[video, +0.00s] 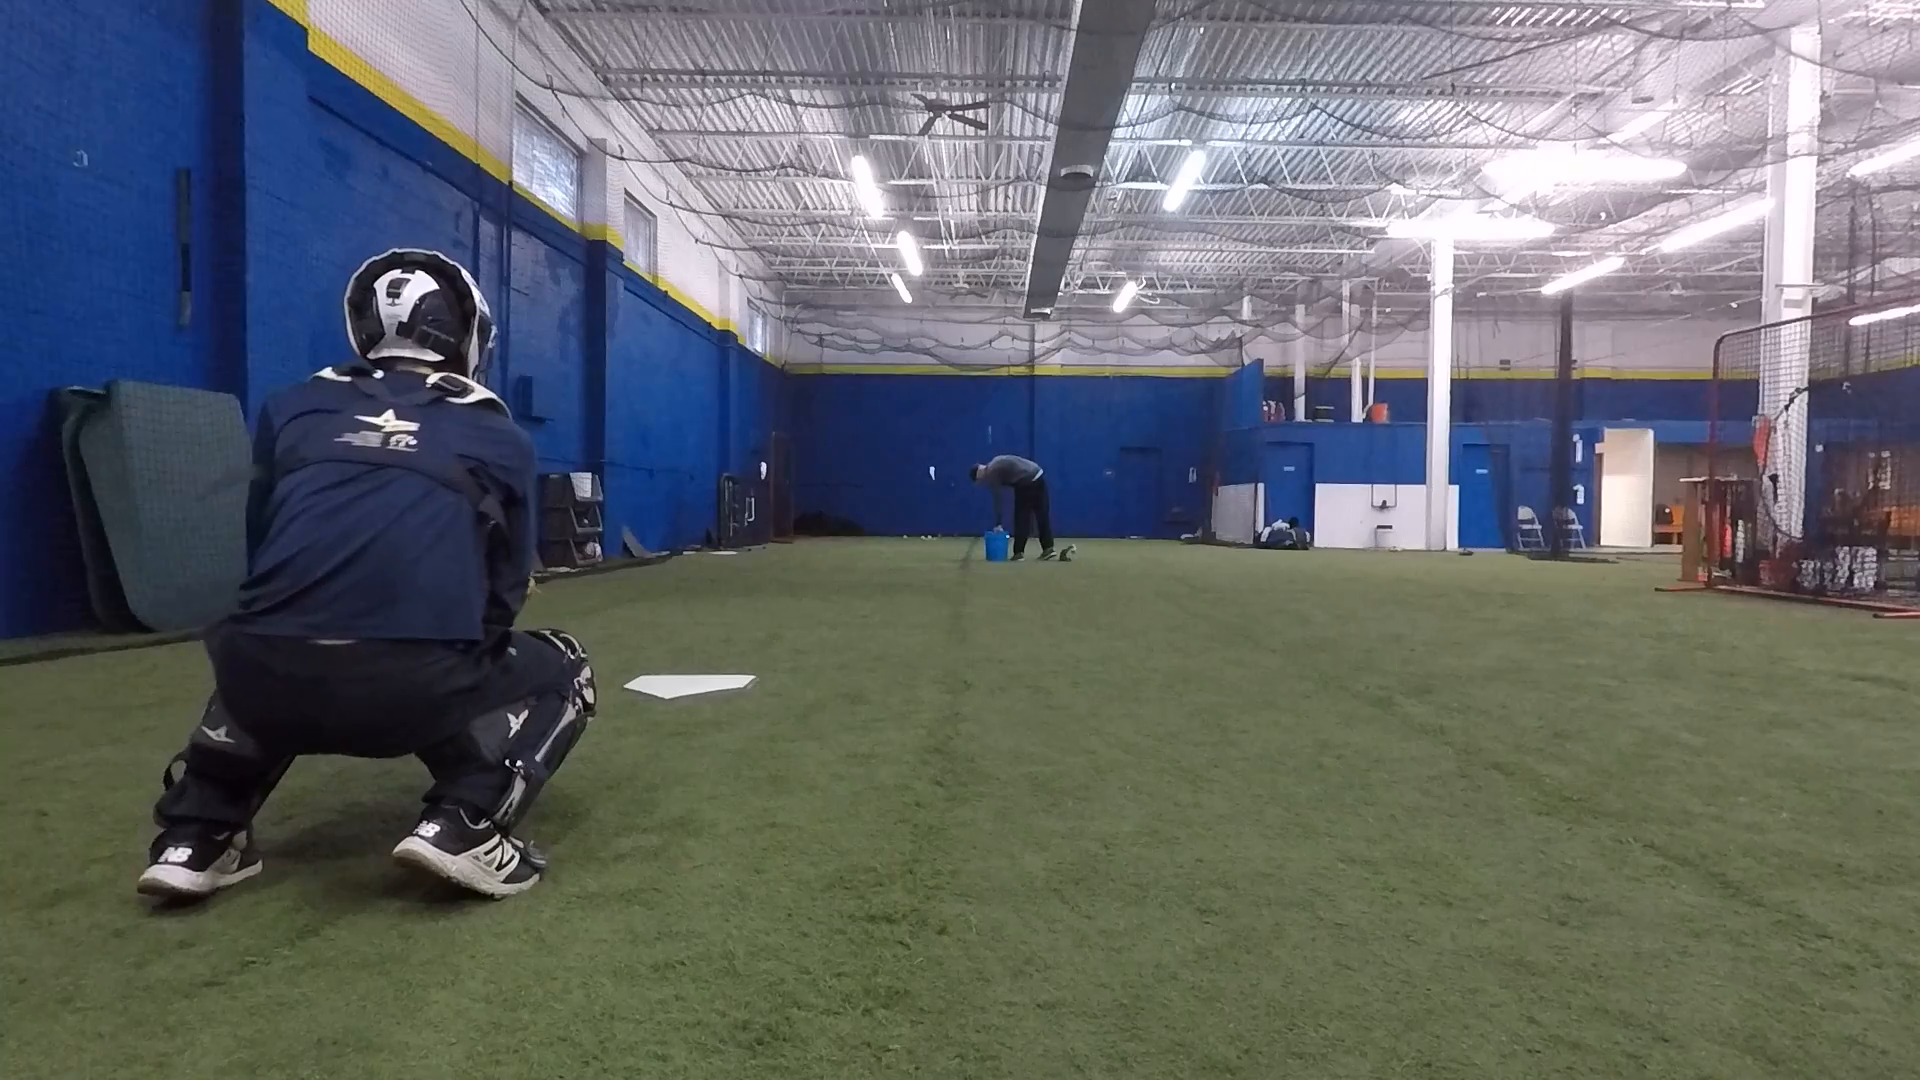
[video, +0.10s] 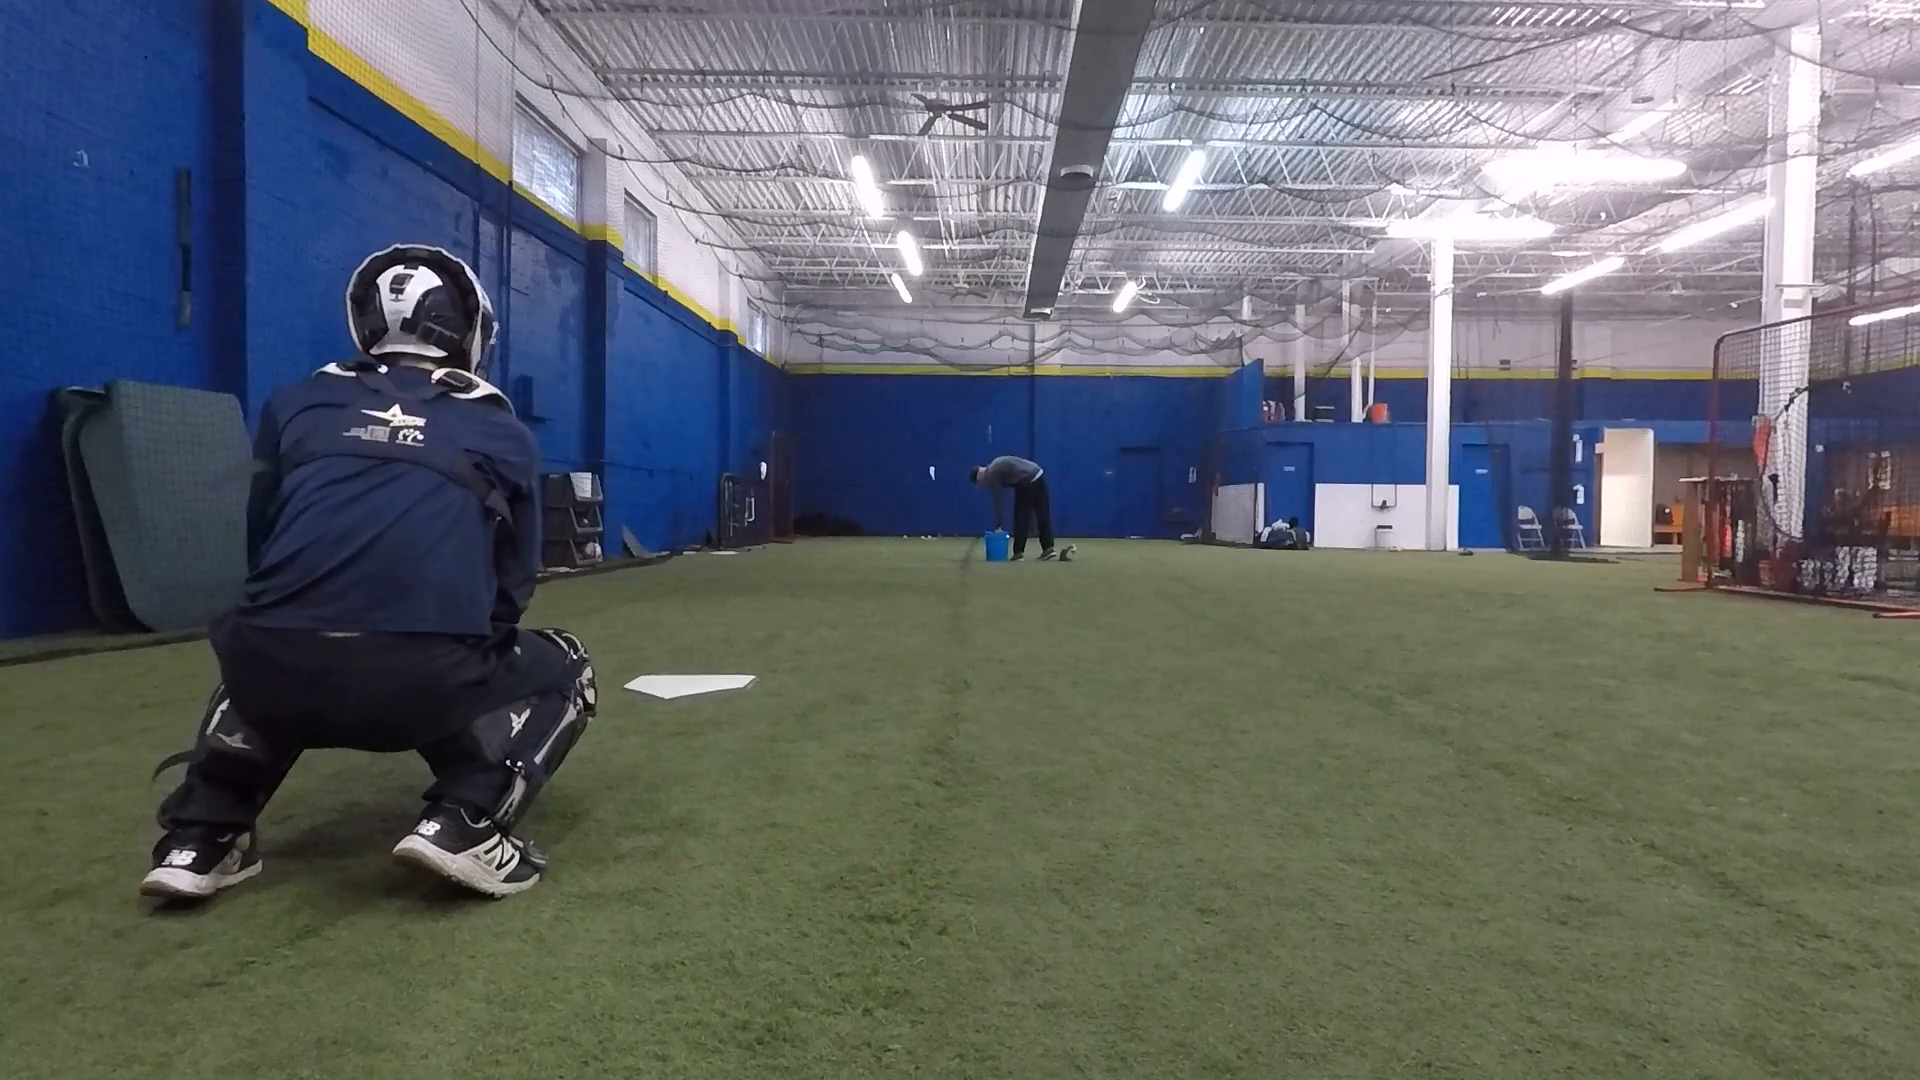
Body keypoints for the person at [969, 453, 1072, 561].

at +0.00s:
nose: (982, 480)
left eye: (980, 478)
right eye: (980, 479)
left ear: (980, 471)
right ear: (980, 473)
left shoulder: (995, 468)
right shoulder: (992, 474)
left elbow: (998, 500)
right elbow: (997, 499)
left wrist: (998, 524)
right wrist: (998, 524)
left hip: (1036, 480)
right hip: (1021, 485)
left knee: (1042, 516)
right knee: (1021, 519)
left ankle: (1048, 549)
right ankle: (1018, 552)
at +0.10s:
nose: (982, 483)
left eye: (980, 480)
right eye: (979, 482)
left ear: (980, 473)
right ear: (981, 473)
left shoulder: (994, 471)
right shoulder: (992, 475)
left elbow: (998, 502)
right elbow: (998, 502)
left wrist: (998, 526)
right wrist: (998, 526)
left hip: (1036, 480)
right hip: (1021, 485)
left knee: (1042, 516)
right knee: (1020, 519)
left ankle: (1048, 549)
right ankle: (1018, 552)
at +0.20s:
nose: (983, 487)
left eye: (981, 484)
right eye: (980, 485)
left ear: (981, 477)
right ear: (982, 474)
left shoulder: (993, 476)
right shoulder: (992, 474)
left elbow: (997, 504)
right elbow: (997, 504)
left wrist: (998, 528)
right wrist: (998, 528)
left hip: (1036, 481)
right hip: (1021, 485)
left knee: (1043, 516)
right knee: (1020, 519)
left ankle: (1049, 548)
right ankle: (1018, 552)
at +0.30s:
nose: (983, 489)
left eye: (981, 486)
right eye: (981, 487)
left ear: (981, 479)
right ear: (982, 476)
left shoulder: (992, 479)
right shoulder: (992, 476)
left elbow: (997, 506)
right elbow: (997, 506)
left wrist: (998, 531)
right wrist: (999, 531)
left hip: (1036, 480)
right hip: (1021, 485)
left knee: (1043, 516)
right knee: (1020, 519)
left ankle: (1049, 548)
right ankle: (1018, 552)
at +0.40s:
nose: (984, 491)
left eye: (982, 488)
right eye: (981, 490)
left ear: (982, 480)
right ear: (982, 478)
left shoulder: (993, 480)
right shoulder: (992, 479)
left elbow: (998, 507)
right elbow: (997, 507)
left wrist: (998, 531)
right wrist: (999, 531)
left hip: (1037, 481)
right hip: (1022, 486)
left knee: (1044, 517)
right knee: (1020, 519)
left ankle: (1049, 549)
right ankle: (1018, 552)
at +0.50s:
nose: (985, 492)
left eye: (982, 490)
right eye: (982, 491)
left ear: (982, 482)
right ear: (982, 480)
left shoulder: (993, 480)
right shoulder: (993, 478)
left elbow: (997, 506)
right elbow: (997, 507)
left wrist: (998, 531)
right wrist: (999, 531)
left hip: (1036, 480)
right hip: (1021, 486)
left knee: (1044, 516)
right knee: (1020, 520)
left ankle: (1049, 549)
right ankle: (1018, 552)